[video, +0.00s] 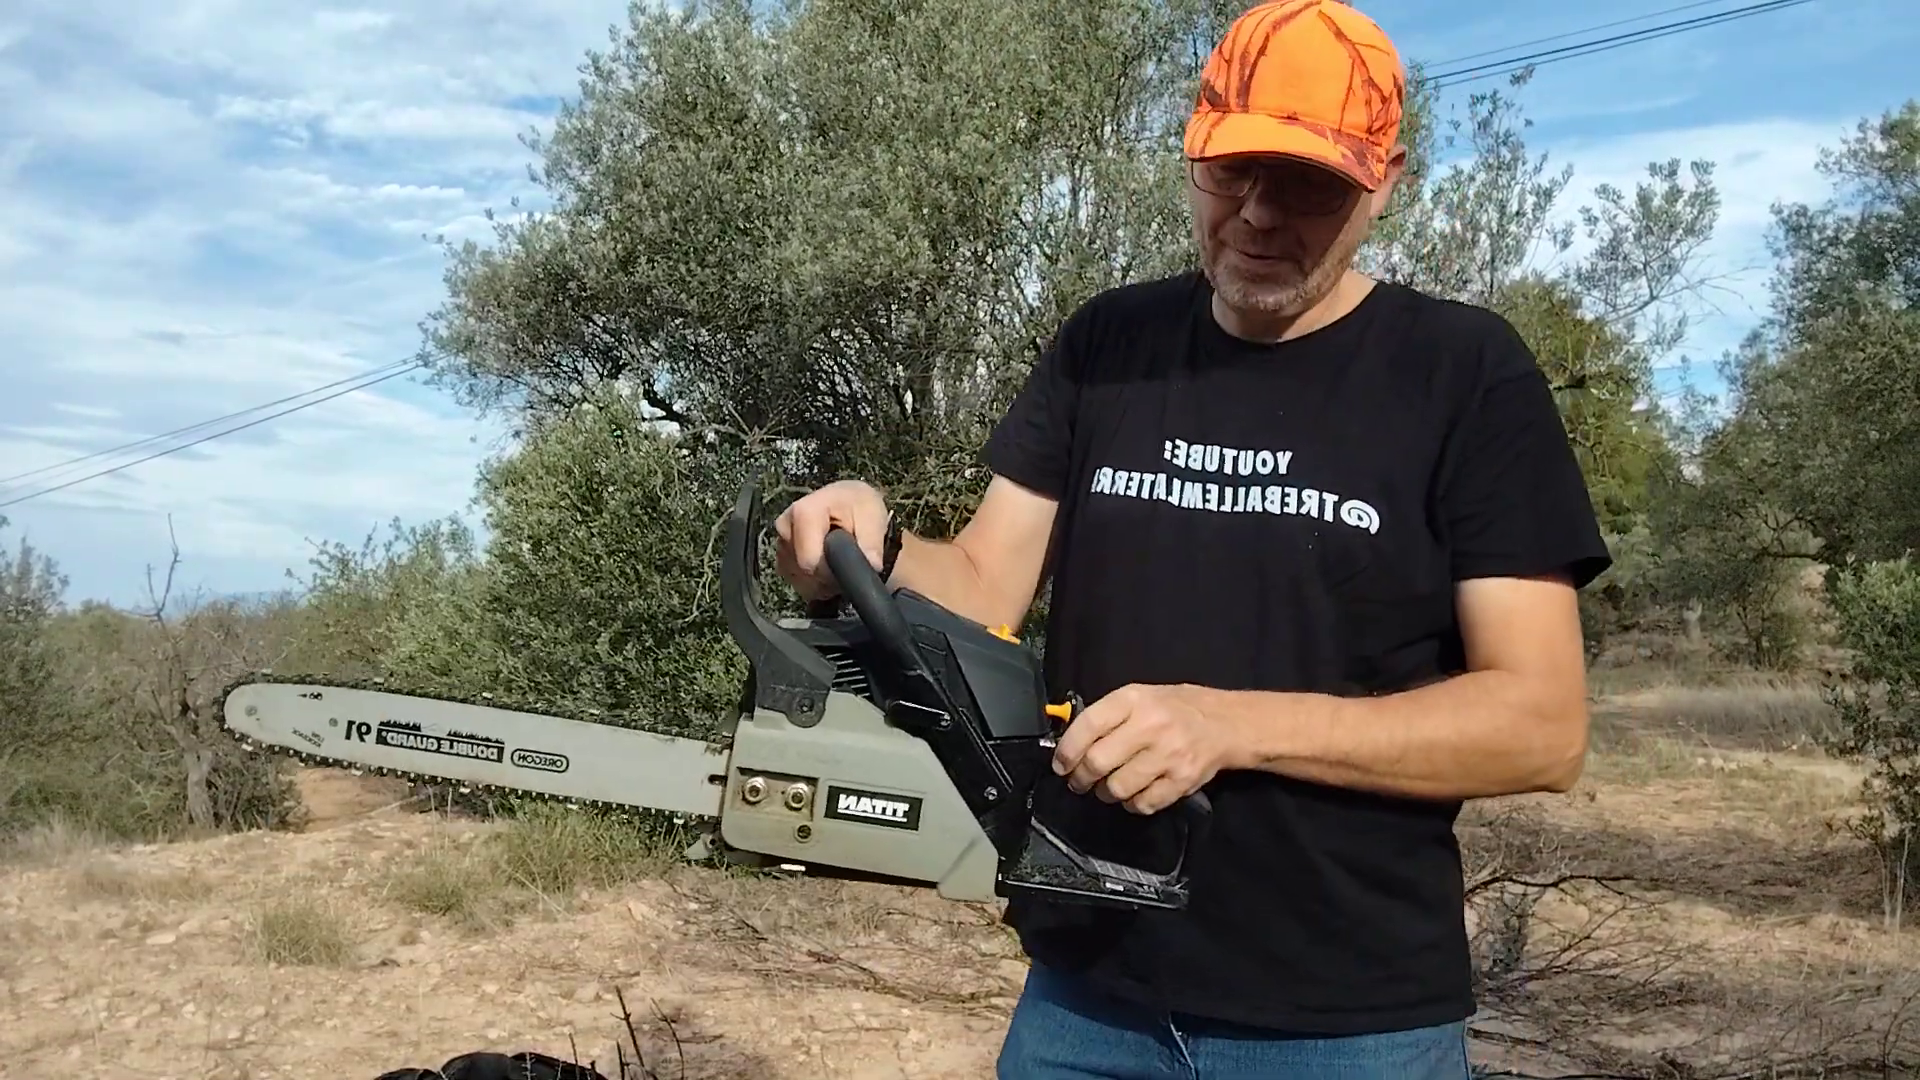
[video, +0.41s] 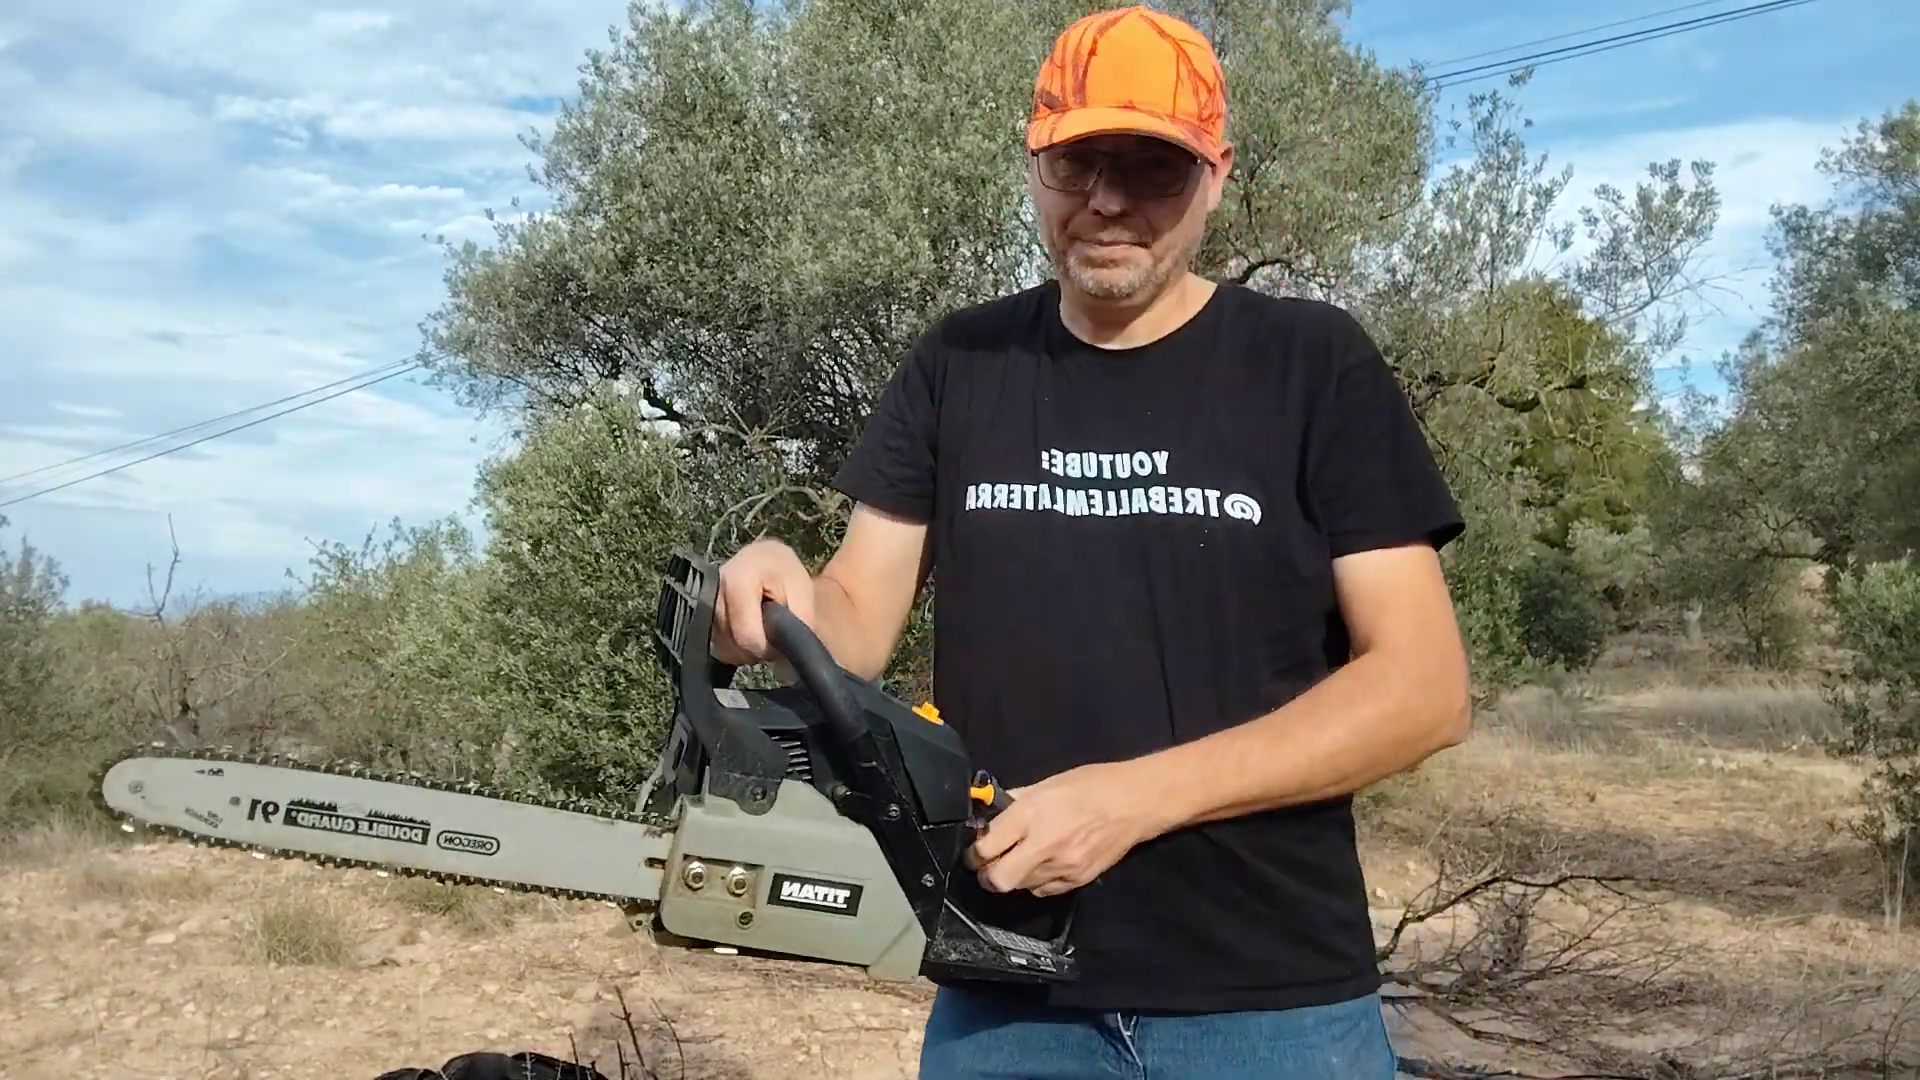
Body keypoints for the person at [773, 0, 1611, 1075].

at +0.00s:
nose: (1263, 211)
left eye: (1312, 179)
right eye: (1239, 167)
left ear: (1378, 190)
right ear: (1195, 162)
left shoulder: (1466, 371)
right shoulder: (1106, 344)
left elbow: (1540, 723)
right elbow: (981, 586)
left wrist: (1237, 724)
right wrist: (877, 546)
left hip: (1356, 1027)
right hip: (1087, 1002)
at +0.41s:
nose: (1110, 204)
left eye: (1151, 168)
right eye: (1081, 164)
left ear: (1213, 179)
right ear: (1037, 167)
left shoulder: (1314, 362)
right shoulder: (955, 369)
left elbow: (1423, 684)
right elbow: (849, 638)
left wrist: (1140, 794)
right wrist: (771, 574)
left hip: (1278, 1012)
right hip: (1006, 1014)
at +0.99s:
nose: (1035, 226)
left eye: (1076, 193)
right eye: (1006, 189)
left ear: (1147, 190)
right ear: (969, 184)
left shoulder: (1249, 348)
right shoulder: (899, 368)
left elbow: (1324, 661)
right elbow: (787, 622)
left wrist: (988, 728)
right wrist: (758, 702)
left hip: (1252, 1008)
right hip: (977, 1009)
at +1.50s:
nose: (1202, 204)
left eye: (1245, 171)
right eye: (1172, 165)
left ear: (1307, 191)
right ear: (1128, 176)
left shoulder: (1379, 347)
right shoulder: (1056, 361)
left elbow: (1390, 675)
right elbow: (913, 596)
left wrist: (1048, 769)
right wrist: (896, 703)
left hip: (1336, 1014)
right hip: (1074, 1004)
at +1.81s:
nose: (1281, 206)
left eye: (1326, 178)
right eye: (1252, 168)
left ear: (1387, 201)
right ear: (1205, 180)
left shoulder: (1448, 354)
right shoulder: (1139, 363)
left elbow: (1441, 692)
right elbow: (989, 603)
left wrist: (1109, 806)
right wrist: (973, 742)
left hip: (1379, 1018)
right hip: (1128, 997)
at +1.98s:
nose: (1303, 220)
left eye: (1348, 189)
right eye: (1276, 180)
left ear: (1403, 206)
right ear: (1224, 183)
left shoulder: (1481, 350)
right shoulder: (1143, 363)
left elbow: (1693, 602)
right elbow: (973, 584)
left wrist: (1395, 571)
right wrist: (966, 760)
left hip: (1390, 988)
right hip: (1121, 967)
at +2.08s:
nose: (1300, 206)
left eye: (1347, 174)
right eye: (1271, 165)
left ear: (1404, 201)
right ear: (1220, 175)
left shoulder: (1486, 345)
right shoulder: (1138, 356)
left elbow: (1767, 560)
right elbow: (967, 581)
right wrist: (996, 769)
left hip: (1397, 976)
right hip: (1144, 955)